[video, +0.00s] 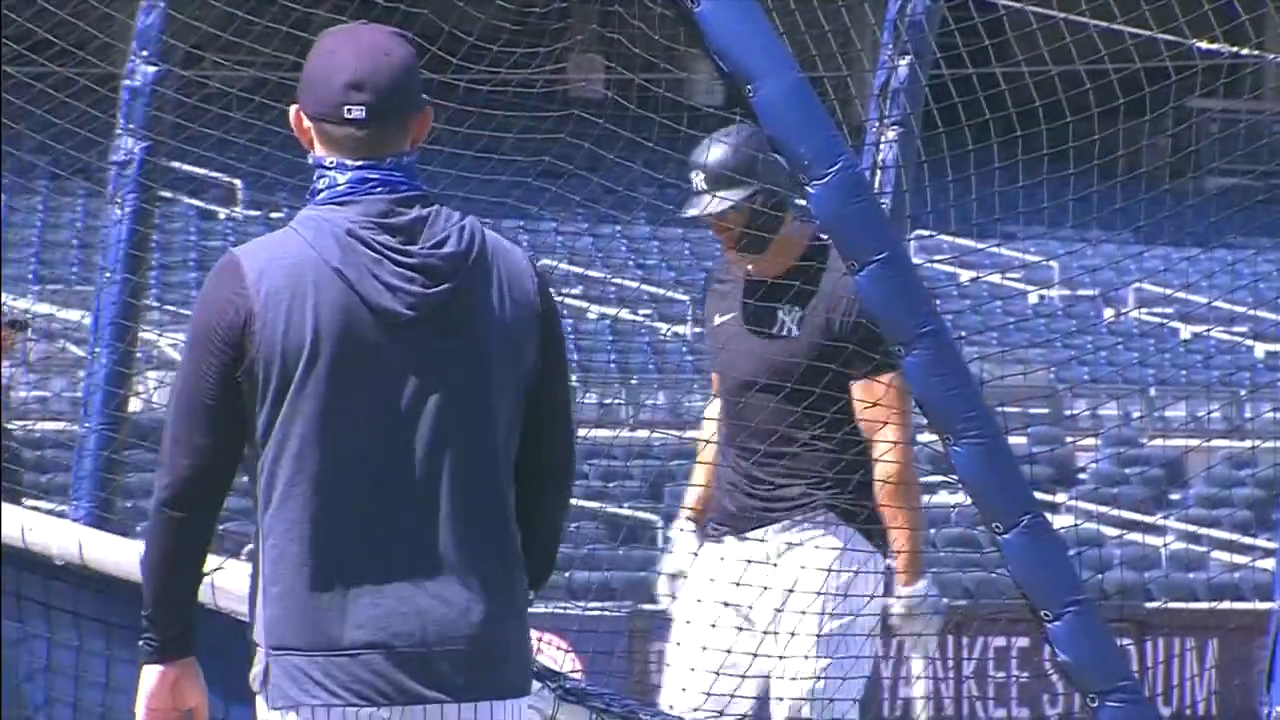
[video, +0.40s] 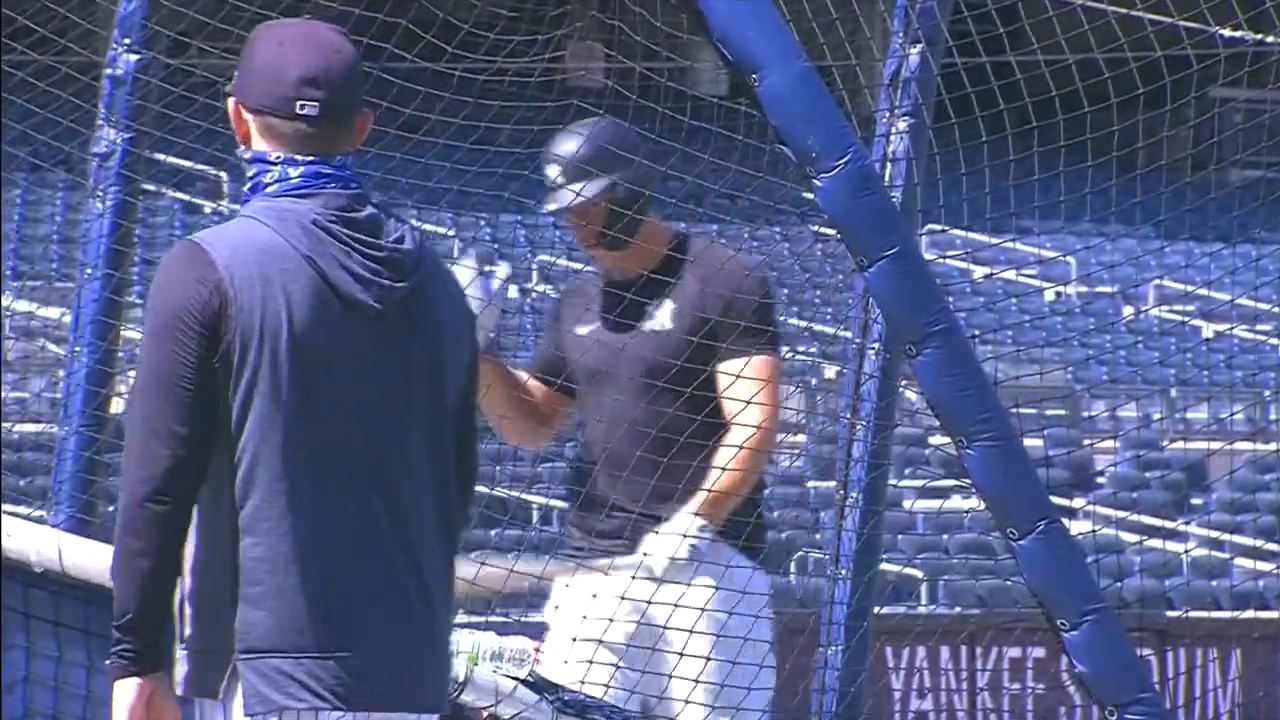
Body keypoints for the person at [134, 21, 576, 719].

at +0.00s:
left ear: (301, 127)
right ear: (423, 125)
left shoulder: (253, 277)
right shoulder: (511, 274)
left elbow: (185, 488)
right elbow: (547, 474)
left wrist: (167, 650)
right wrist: (502, 590)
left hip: (322, 675)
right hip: (487, 675)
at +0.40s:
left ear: (238, 118)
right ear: (364, 129)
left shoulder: (209, 267)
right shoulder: (436, 283)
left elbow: (159, 481)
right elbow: (453, 487)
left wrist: (138, 662)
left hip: (262, 673)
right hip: (412, 670)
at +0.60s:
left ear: (197, 110)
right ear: (322, 129)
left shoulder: (170, 257)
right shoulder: (379, 277)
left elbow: (114, 472)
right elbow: (378, 484)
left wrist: (88, 652)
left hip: (207, 678)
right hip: (354, 679)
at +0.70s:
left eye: (172, 92)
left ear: (178, 106)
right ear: (304, 128)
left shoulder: (150, 250)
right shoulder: (354, 280)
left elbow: (75, 459)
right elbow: (338, 477)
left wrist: (56, 631)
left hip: (177, 675)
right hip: (327, 677)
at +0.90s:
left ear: (199, 100)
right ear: (322, 126)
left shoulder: (169, 238)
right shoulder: (364, 273)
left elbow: (56, 438)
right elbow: (334, 465)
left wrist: (80, 548)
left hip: (170, 667)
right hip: (327, 671)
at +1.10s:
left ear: (191, 99)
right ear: (316, 122)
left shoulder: (143, 243)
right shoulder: (365, 270)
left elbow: (35, 426)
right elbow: (292, 456)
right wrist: (108, 532)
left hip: (163, 677)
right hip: (337, 686)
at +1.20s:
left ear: (151, 108)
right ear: (280, 127)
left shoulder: (92, 252)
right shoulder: (329, 272)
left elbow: (16, 414)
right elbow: (259, 443)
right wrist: (68, 484)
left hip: (127, 673)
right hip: (301, 675)